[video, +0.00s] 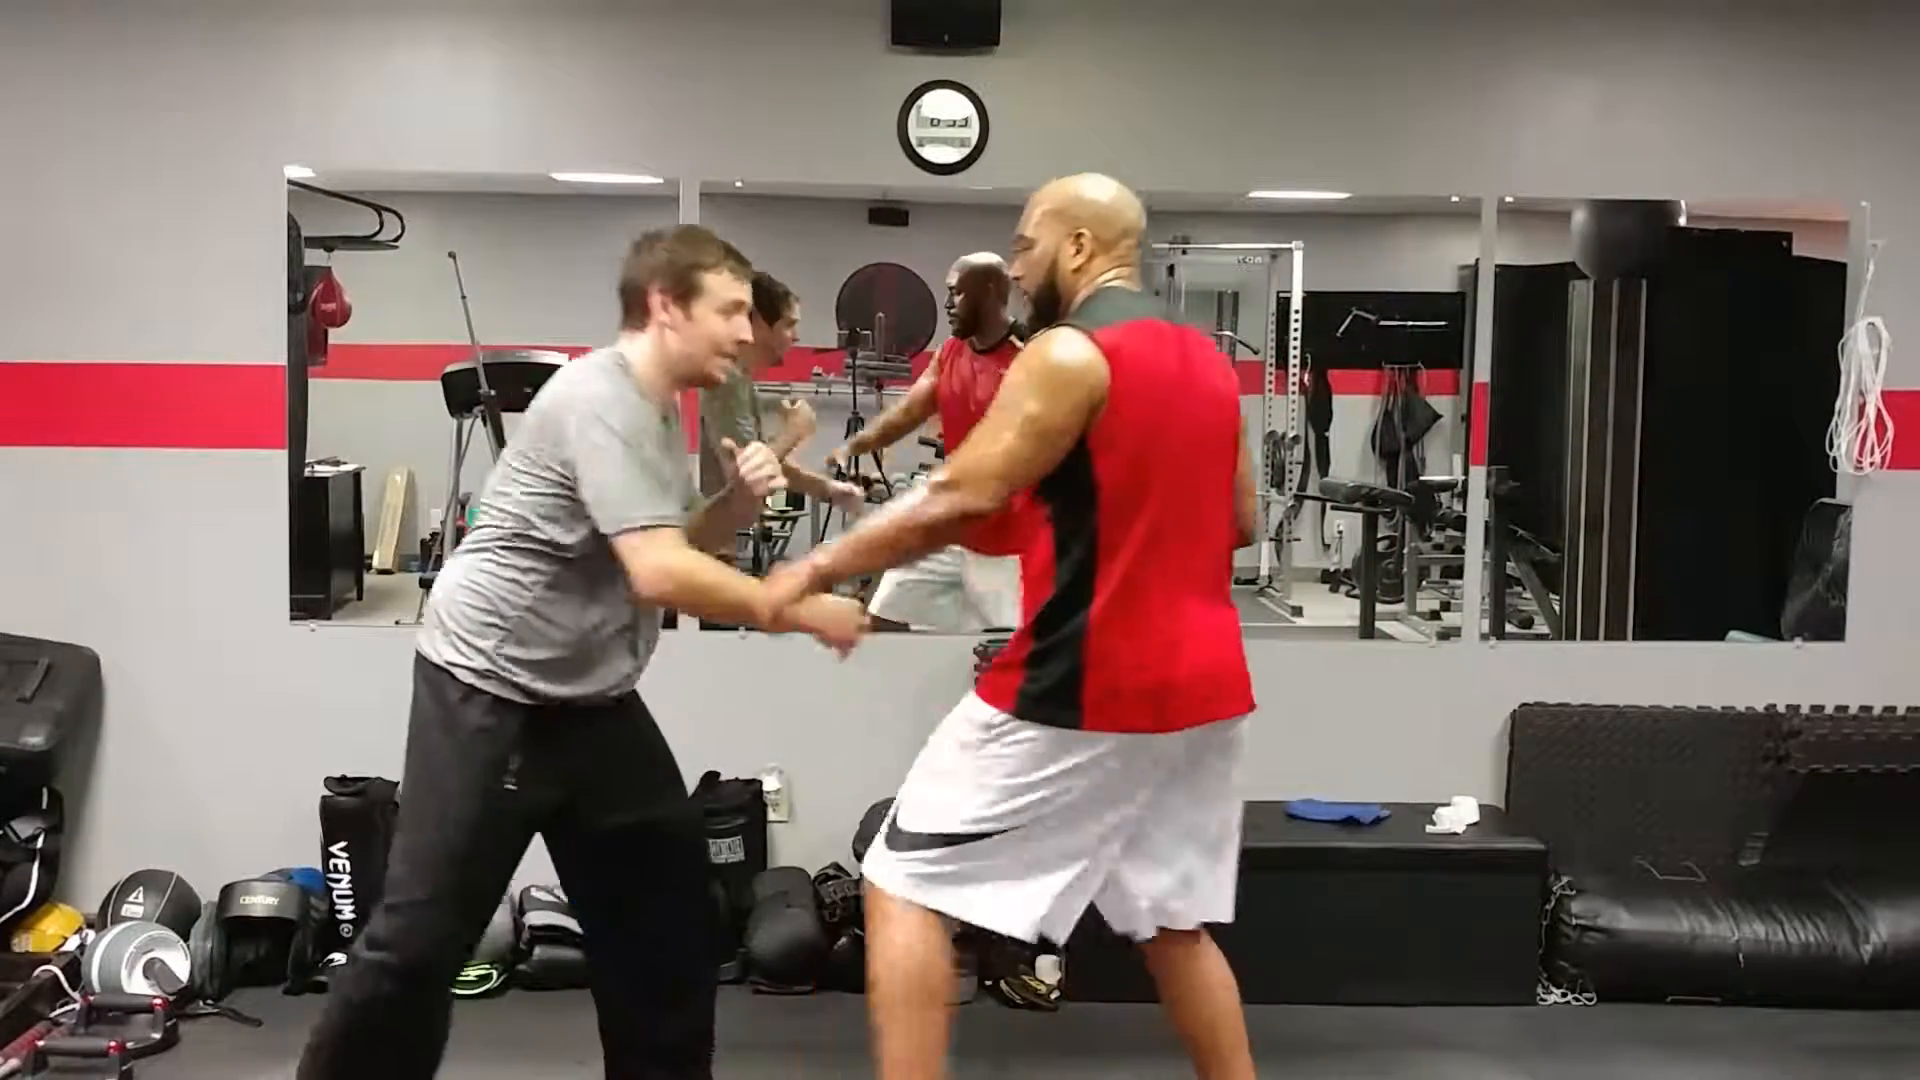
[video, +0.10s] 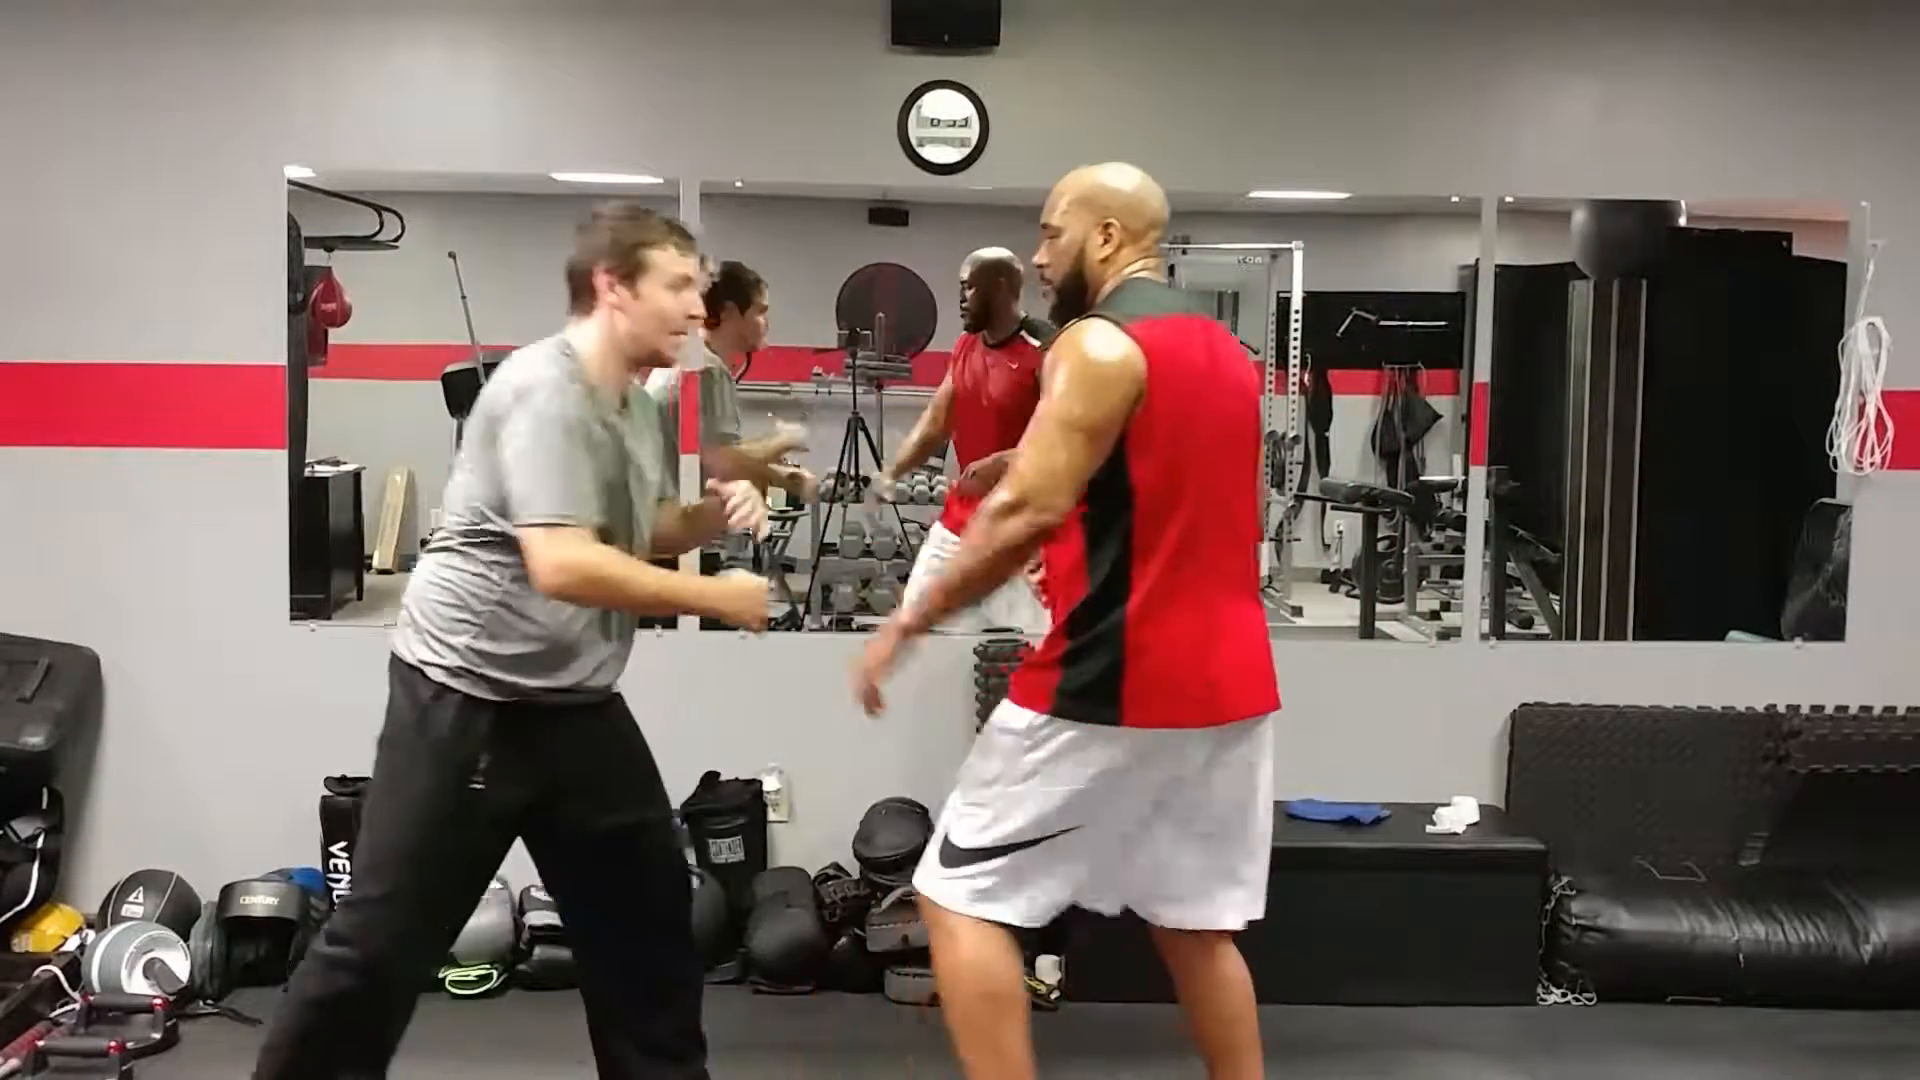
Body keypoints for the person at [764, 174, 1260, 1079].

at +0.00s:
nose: (1016, 267)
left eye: (1027, 246)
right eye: (1018, 248)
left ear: (1080, 247)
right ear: (1116, 252)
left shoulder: (1068, 357)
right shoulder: (1207, 359)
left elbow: (956, 501)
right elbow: (1240, 522)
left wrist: (816, 568)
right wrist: (1116, 540)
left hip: (1075, 678)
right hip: (1204, 679)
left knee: (901, 880)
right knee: (1173, 918)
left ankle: (911, 1070)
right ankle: (1236, 1076)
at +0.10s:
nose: (1040, 255)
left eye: (1052, 234)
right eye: (1042, 234)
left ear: (1107, 237)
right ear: (1134, 243)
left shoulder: (1099, 347)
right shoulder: (1226, 349)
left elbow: (1030, 509)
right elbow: (1159, 479)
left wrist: (910, 622)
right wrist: (1036, 471)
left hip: (1104, 679)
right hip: (1231, 677)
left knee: (959, 894)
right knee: (1194, 918)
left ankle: (1005, 1074)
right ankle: (1243, 1076)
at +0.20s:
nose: (1052, 249)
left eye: (1065, 228)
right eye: (1055, 228)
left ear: (1122, 235)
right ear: (1152, 240)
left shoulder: (1115, 350)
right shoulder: (1231, 345)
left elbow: (1100, 526)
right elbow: (1209, 510)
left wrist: (1017, 674)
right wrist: (1079, 546)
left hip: (1120, 696)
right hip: (1236, 693)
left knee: (1027, 931)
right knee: (1200, 919)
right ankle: (1246, 1076)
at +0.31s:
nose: (1058, 246)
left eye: (1072, 227)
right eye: (1061, 227)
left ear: (1131, 233)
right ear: (1149, 237)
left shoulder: (1135, 345)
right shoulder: (1227, 331)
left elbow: (1150, 529)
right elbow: (1208, 510)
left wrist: (1072, 684)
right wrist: (1084, 539)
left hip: (1141, 698)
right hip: (1234, 689)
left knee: (1076, 946)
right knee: (1203, 927)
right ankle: (1247, 1079)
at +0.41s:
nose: (1066, 246)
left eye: (1082, 226)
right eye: (1069, 226)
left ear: (1143, 233)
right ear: (1157, 238)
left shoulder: (1153, 344)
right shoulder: (1225, 327)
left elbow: (1164, 525)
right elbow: (1209, 508)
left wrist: (1059, 654)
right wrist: (1081, 523)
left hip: (1144, 694)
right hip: (1236, 688)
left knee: (1099, 952)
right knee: (1215, 931)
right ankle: (1248, 1079)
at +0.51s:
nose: (1075, 246)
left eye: (1091, 227)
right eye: (1078, 226)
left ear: (1151, 236)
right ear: (1165, 239)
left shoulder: (1159, 347)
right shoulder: (1230, 340)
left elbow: (1149, 500)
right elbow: (1199, 495)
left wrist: (1008, 563)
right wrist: (1088, 497)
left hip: (1150, 697)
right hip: (1248, 690)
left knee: (1088, 953)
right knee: (1218, 936)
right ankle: (1249, 1075)